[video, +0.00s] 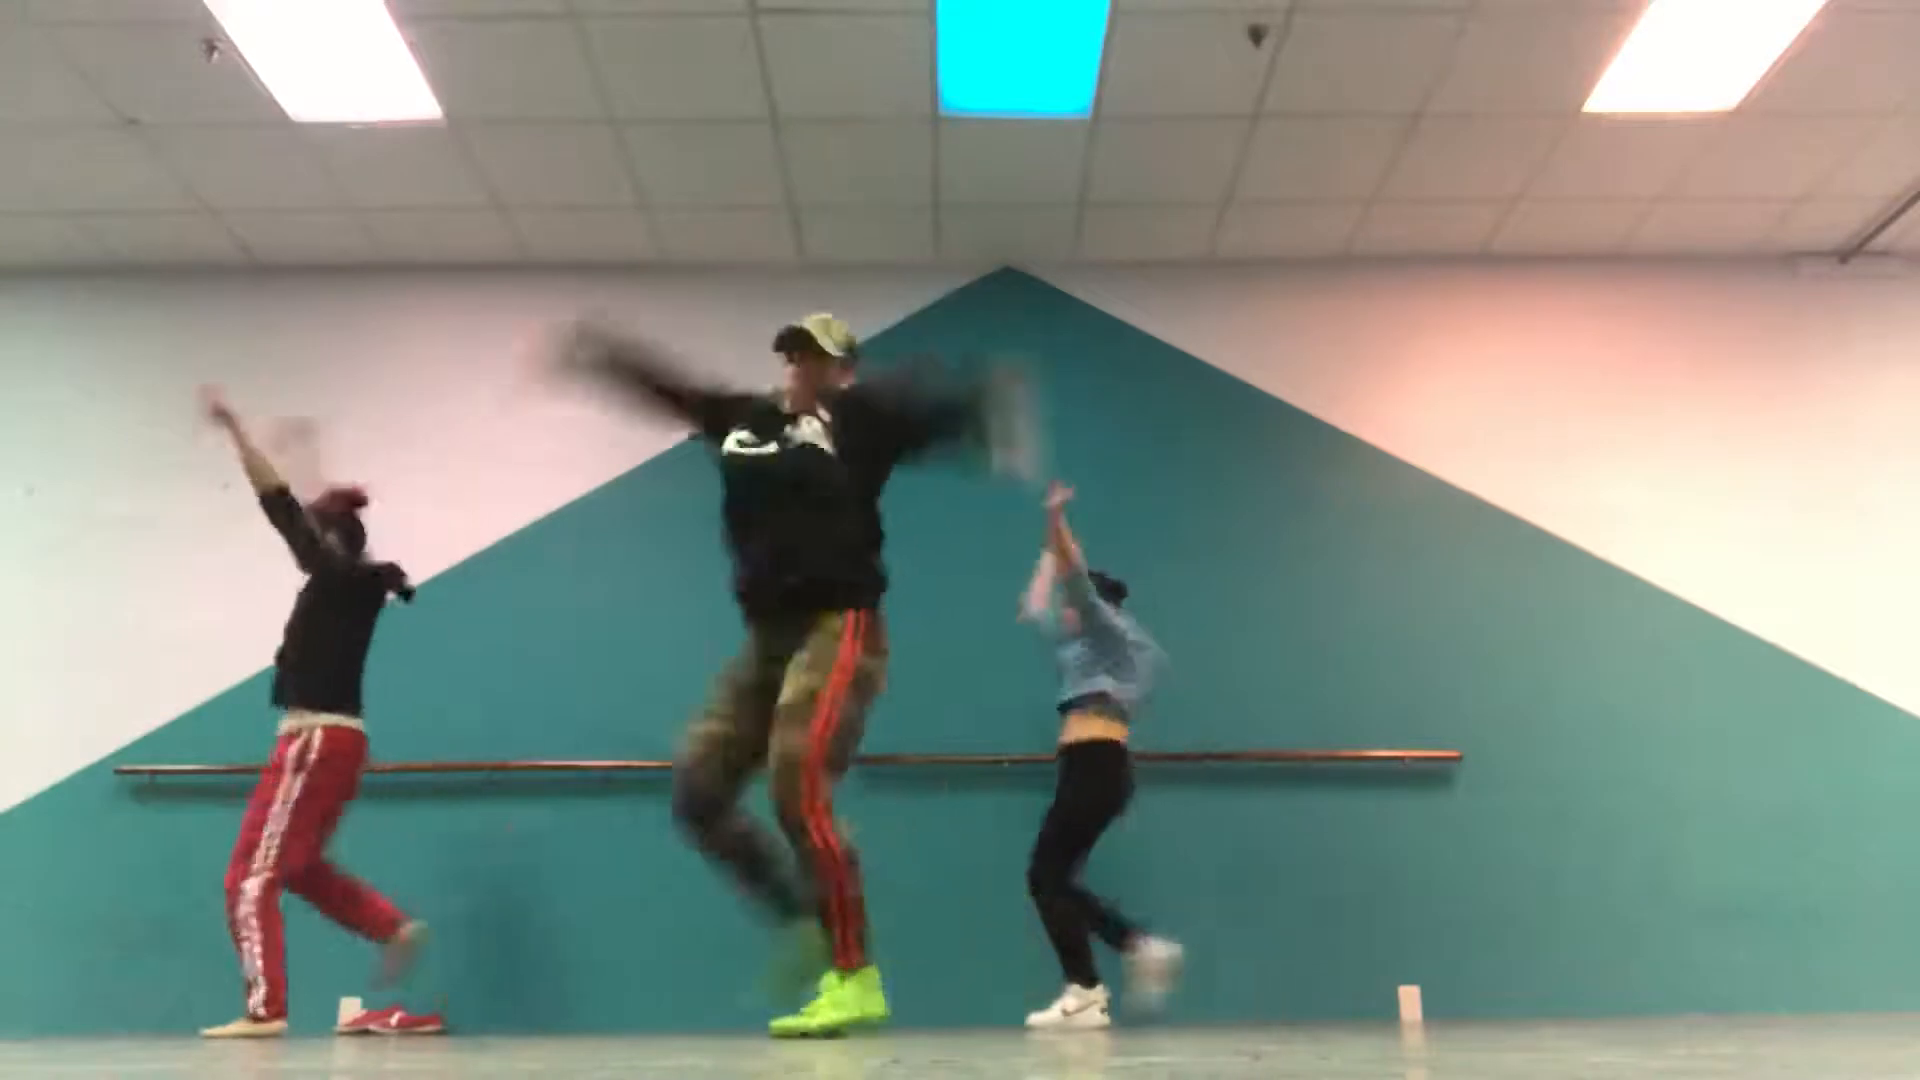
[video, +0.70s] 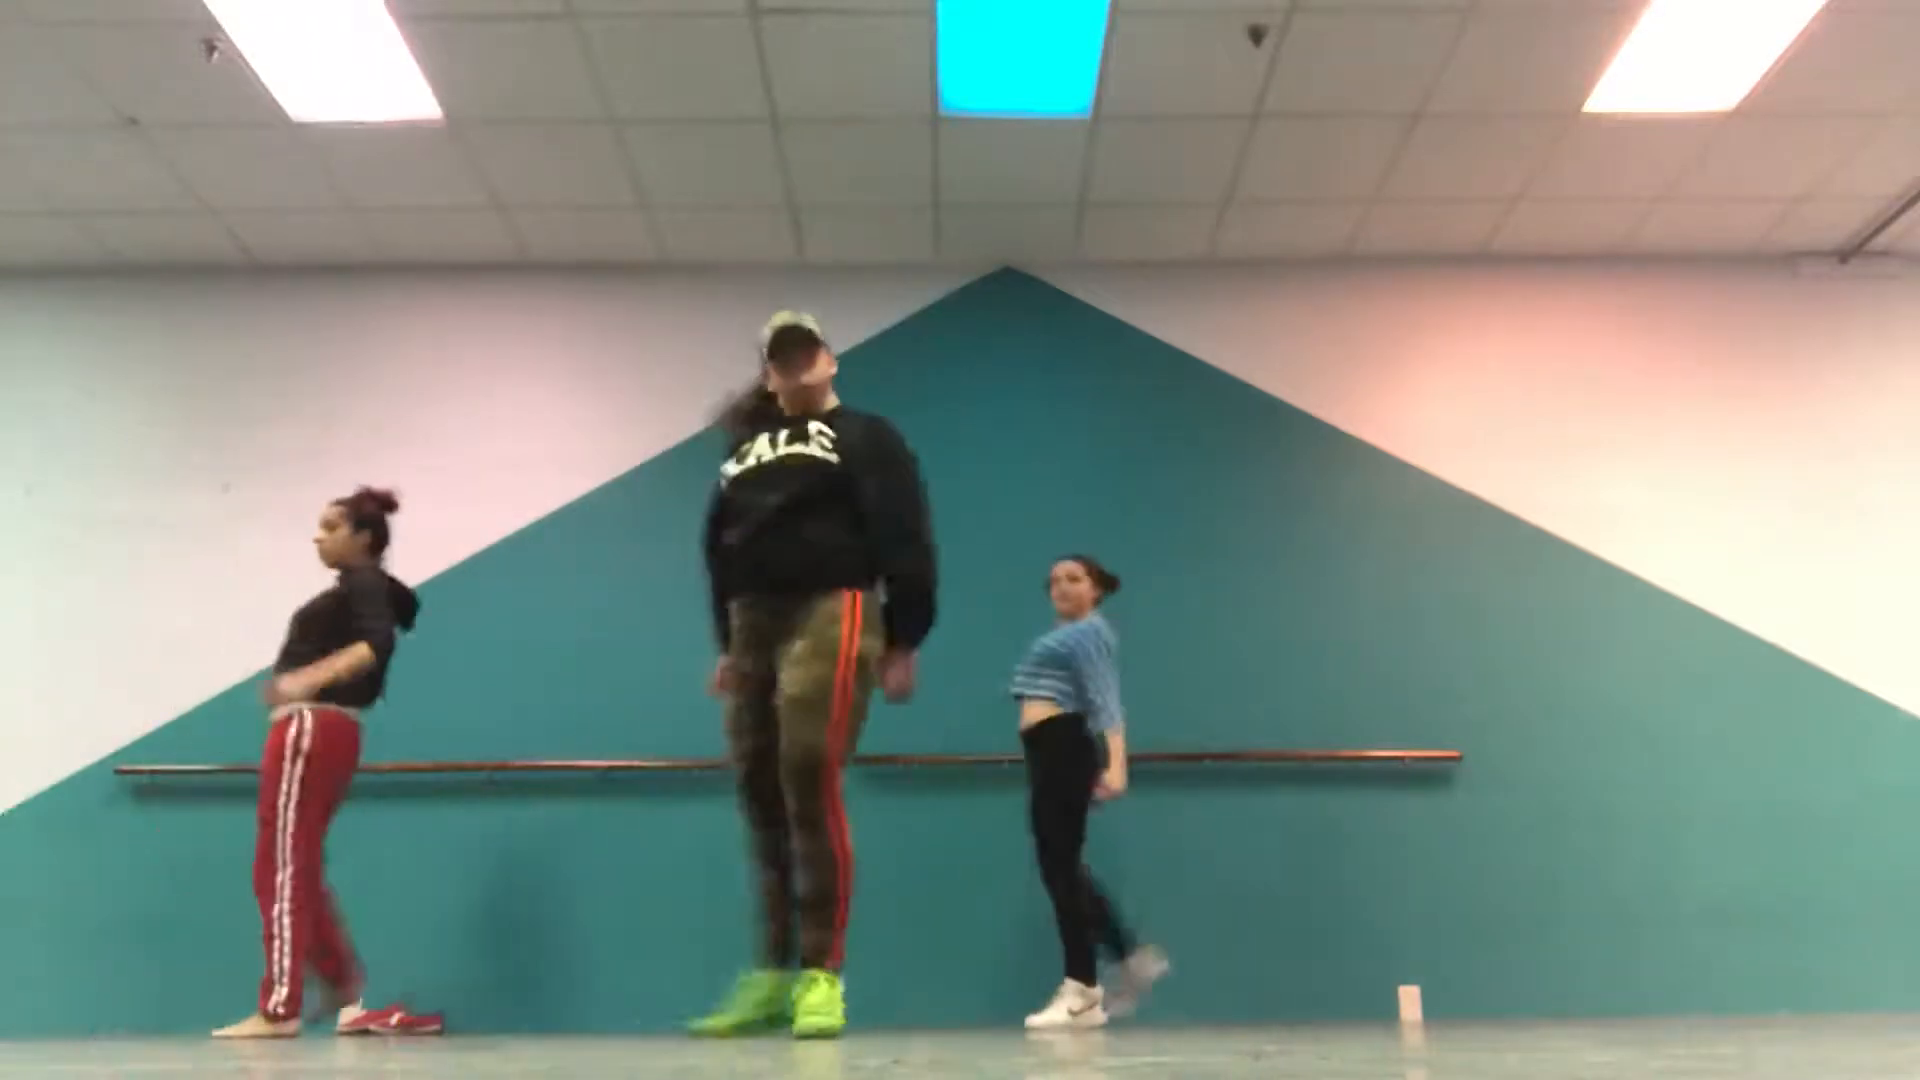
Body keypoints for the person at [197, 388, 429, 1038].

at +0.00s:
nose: (306, 537)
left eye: (315, 528)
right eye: (309, 528)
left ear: (330, 533)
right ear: (355, 533)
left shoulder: (339, 575)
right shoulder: (350, 579)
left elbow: (281, 507)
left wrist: (233, 428)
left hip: (314, 742)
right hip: (334, 742)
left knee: (251, 878)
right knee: (298, 866)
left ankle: (264, 1011)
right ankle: (394, 929)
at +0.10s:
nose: (290, 533)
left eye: (299, 524)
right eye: (290, 524)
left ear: (329, 529)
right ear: (305, 530)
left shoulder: (349, 579)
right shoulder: (302, 573)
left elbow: (299, 558)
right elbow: (249, 558)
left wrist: (229, 528)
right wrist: (190, 528)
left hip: (321, 740)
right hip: (288, 741)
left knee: (273, 865)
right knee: (236, 856)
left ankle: (271, 1009)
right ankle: (265, 999)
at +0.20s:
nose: (276, 552)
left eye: (287, 542)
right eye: (274, 541)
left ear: (319, 551)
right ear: (275, 547)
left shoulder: (331, 606)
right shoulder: (265, 603)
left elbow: (301, 652)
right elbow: (209, 629)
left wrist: (259, 685)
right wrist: (157, 645)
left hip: (310, 761)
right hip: (258, 760)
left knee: (249, 868)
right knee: (196, 866)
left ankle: (269, 1011)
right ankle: (148, 1001)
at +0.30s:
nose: (253, 579)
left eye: (266, 572)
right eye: (256, 569)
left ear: (297, 587)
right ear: (265, 580)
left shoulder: (314, 647)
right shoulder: (242, 637)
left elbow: (311, 729)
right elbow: (199, 713)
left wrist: (299, 800)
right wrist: (157, 774)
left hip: (278, 797)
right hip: (222, 792)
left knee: (224, 881)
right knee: (137, 883)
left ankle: (263, 1014)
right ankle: (132, 1015)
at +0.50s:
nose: (282, 536)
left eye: (294, 529)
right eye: (283, 527)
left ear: (325, 542)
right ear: (300, 539)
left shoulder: (334, 602)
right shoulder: (288, 600)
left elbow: (353, 685)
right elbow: (274, 699)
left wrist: (349, 763)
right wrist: (224, 739)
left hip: (299, 746)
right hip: (258, 745)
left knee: (243, 879)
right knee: (205, 874)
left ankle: (276, 1011)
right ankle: (145, 1003)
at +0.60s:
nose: (300, 534)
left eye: (312, 526)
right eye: (302, 525)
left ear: (346, 537)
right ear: (323, 537)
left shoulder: (354, 590)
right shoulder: (316, 596)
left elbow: (368, 667)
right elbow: (305, 674)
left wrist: (338, 728)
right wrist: (263, 718)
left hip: (303, 728)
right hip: (272, 729)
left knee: (279, 865)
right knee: (245, 860)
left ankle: (278, 1010)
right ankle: (231, 998)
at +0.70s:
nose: (320, 537)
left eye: (331, 528)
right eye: (321, 527)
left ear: (364, 537)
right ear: (360, 540)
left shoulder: (364, 582)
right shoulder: (356, 586)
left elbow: (373, 647)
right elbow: (364, 656)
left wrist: (305, 679)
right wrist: (299, 681)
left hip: (314, 725)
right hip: (319, 725)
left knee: (286, 866)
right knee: (287, 867)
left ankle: (278, 1010)